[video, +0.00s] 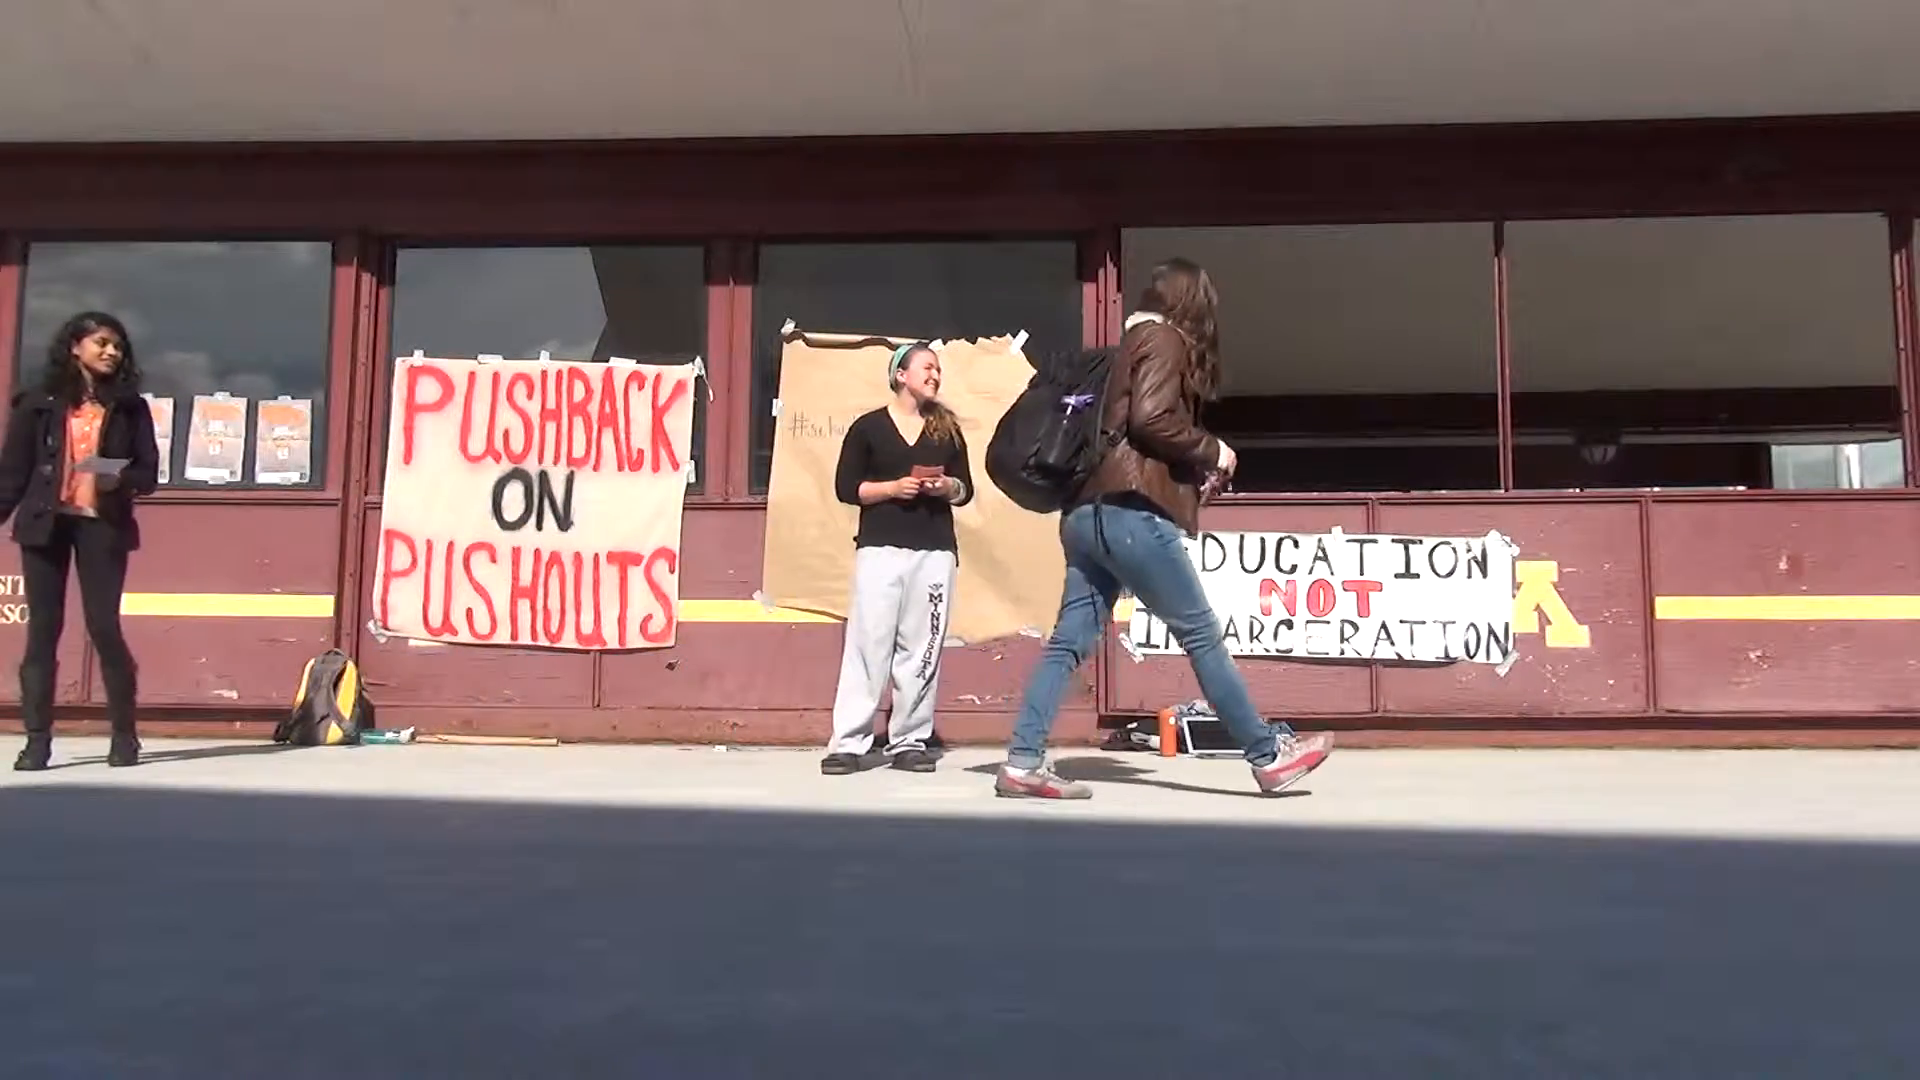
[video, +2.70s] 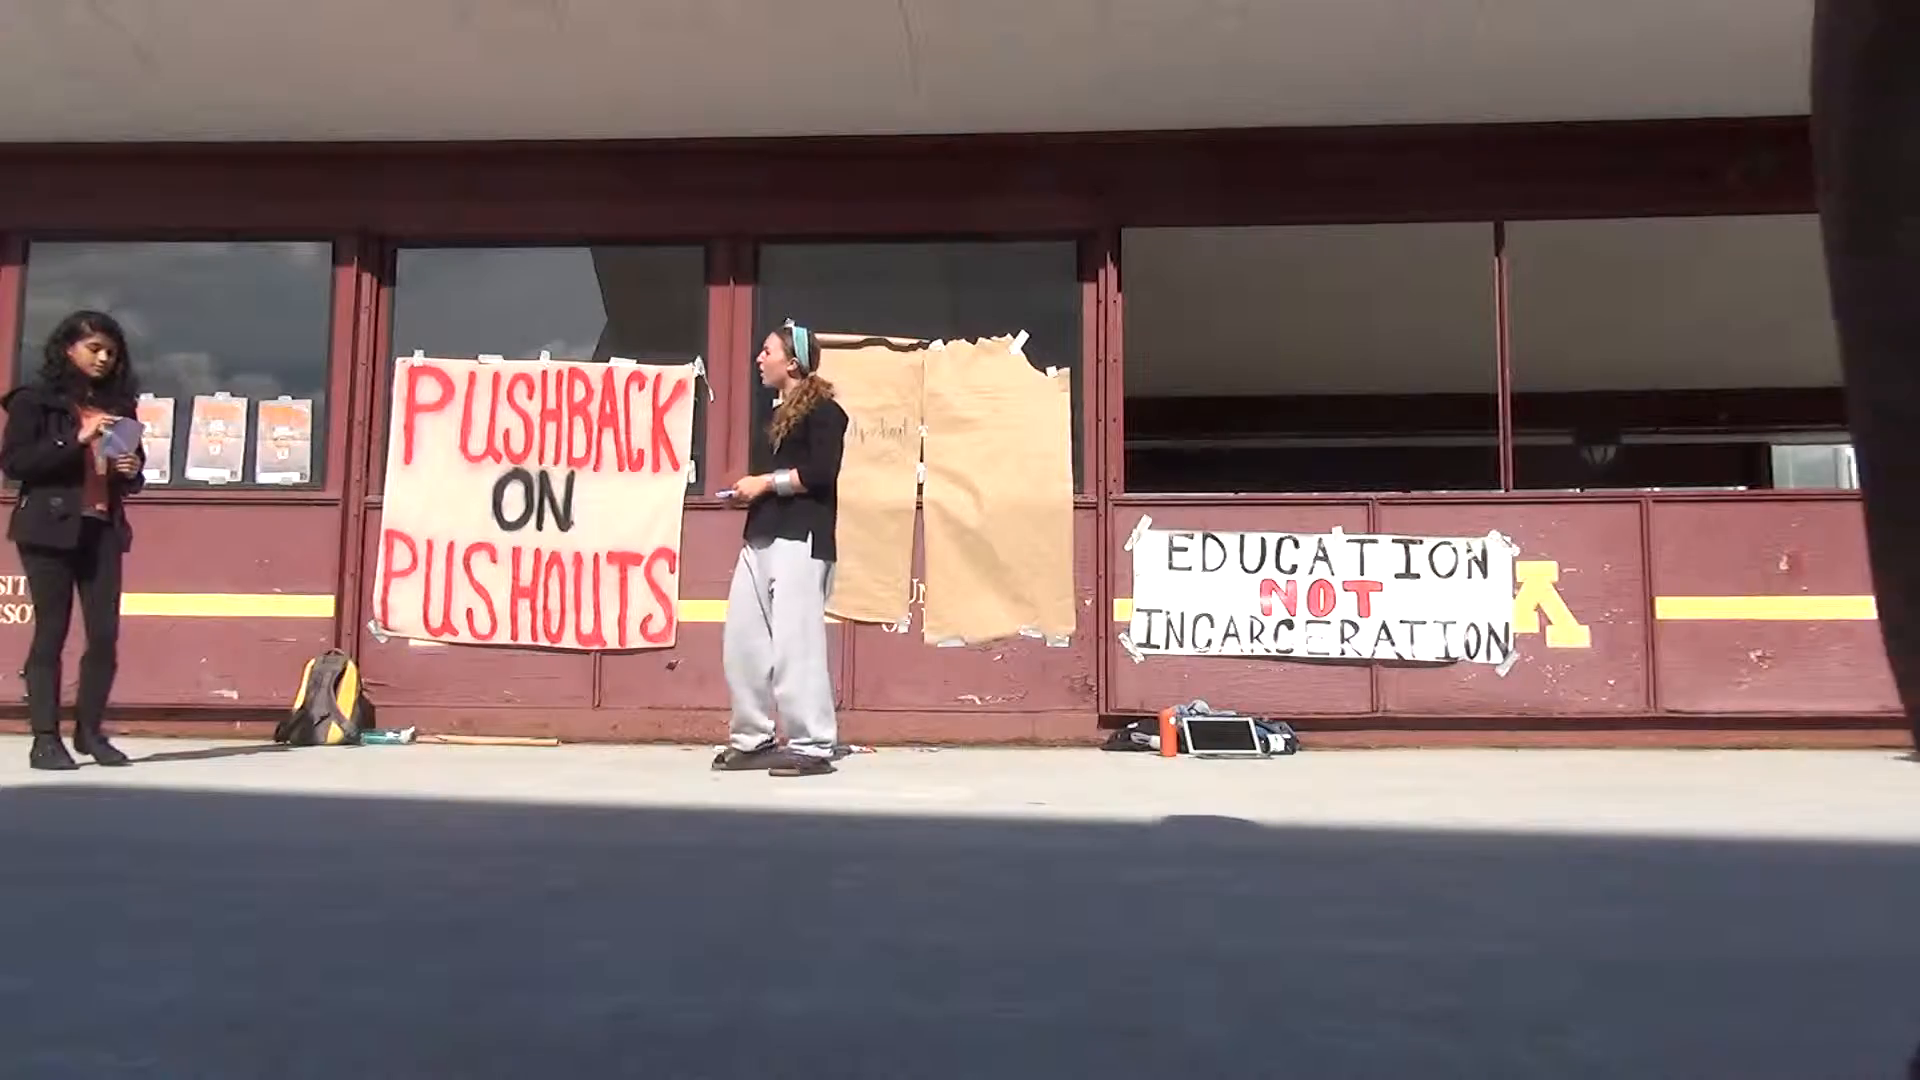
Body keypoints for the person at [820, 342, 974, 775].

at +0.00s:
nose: (936, 375)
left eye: (938, 369)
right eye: (927, 367)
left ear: (937, 379)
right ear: (900, 373)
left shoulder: (946, 429)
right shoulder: (866, 427)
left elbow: (964, 490)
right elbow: (846, 489)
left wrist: (947, 487)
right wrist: (893, 488)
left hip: (934, 550)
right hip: (880, 548)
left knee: (921, 648)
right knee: (869, 645)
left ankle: (910, 742)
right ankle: (848, 744)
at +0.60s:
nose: (867, 376)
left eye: (874, 369)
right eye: (867, 369)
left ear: (901, 374)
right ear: (884, 376)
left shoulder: (937, 426)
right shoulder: (863, 432)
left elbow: (955, 483)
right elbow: (845, 493)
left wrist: (908, 483)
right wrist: (856, 490)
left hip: (915, 551)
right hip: (866, 549)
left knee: (905, 648)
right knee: (851, 645)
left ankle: (907, 741)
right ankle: (845, 740)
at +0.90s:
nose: (840, 378)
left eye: (847, 371)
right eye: (842, 371)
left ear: (872, 377)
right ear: (863, 378)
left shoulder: (905, 426)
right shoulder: (843, 434)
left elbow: (918, 482)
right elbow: (829, 493)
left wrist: (895, 458)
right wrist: (790, 470)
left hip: (881, 555)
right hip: (838, 554)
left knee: (882, 652)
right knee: (836, 652)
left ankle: (903, 743)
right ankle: (845, 743)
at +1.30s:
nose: (816, 377)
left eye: (823, 371)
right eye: (819, 371)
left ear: (845, 378)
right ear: (840, 378)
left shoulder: (868, 429)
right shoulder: (828, 432)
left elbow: (872, 493)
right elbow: (812, 499)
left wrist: (840, 498)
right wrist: (769, 489)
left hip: (847, 552)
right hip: (813, 553)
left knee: (852, 645)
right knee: (821, 651)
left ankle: (898, 735)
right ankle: (843, 742)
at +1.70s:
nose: (797, 379)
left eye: (803, 372)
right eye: (799, 372)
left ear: (825, 378)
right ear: (824, 378)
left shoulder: (847, 427)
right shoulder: (826, 427)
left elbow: (844, 487)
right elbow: (818, 491)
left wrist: (789, 483)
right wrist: (773, 497)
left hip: (830, 549)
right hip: (816, 547)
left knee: (814, 644)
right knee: (833, 643)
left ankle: (829, 743)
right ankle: (847, 740)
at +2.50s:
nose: (770, 362)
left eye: (778, 356)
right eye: (772, 355)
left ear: (802, 364)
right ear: (792, 364)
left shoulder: (825, 409)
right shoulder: (791, 414)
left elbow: (826, 471)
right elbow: (798, 475)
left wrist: (770, 484)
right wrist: (762, 485)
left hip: (806, 542)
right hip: (776, 543)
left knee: (804, 641)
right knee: (763, 639)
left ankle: (815, 746)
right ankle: (815, 734)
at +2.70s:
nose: (759, 359)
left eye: (767, 352)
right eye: (762, 351)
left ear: (792, 362)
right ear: (786, 363)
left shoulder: (823, 411)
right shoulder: (777, 414)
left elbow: (820, 474)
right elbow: (784, 474)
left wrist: (766, 483)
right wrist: (753, 485)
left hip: (798, 541)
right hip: (760, 541)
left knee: (797, 640)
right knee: (743, 638)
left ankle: (813, 745)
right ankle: (753, 739)